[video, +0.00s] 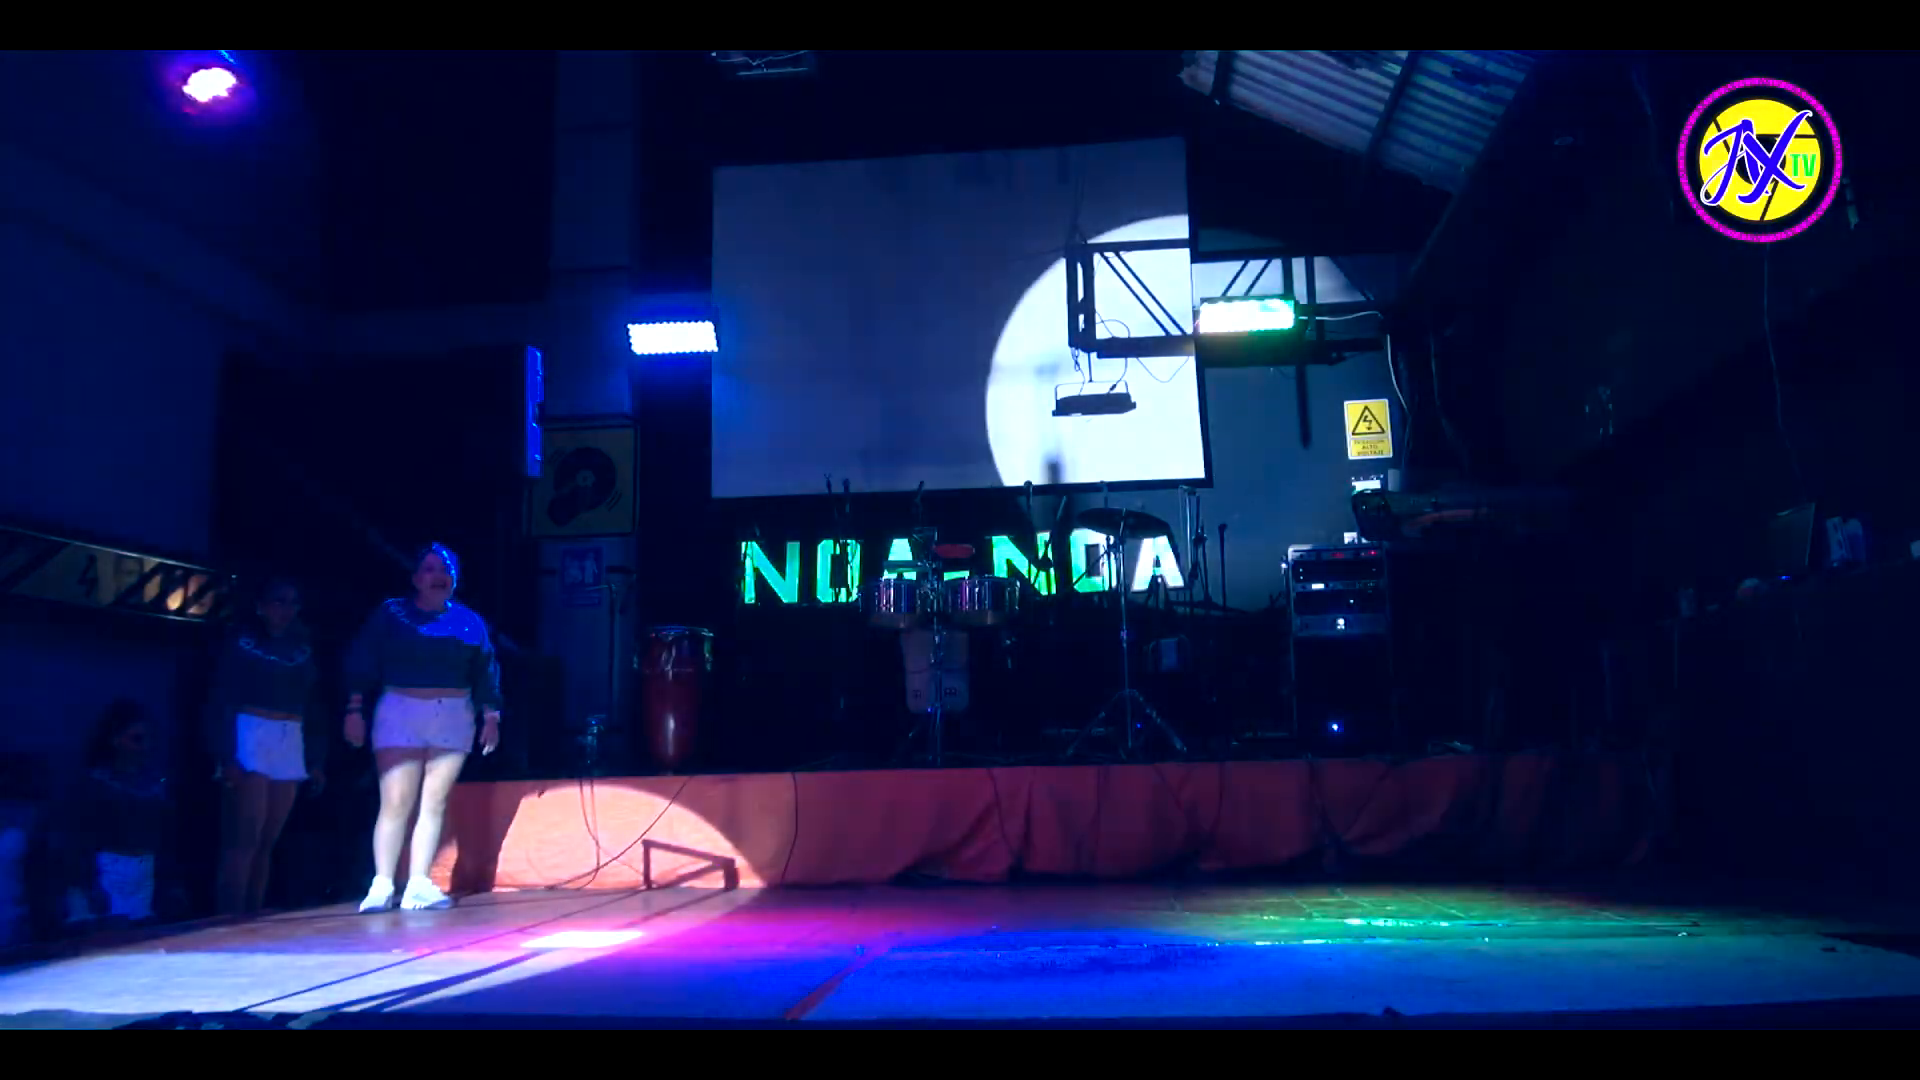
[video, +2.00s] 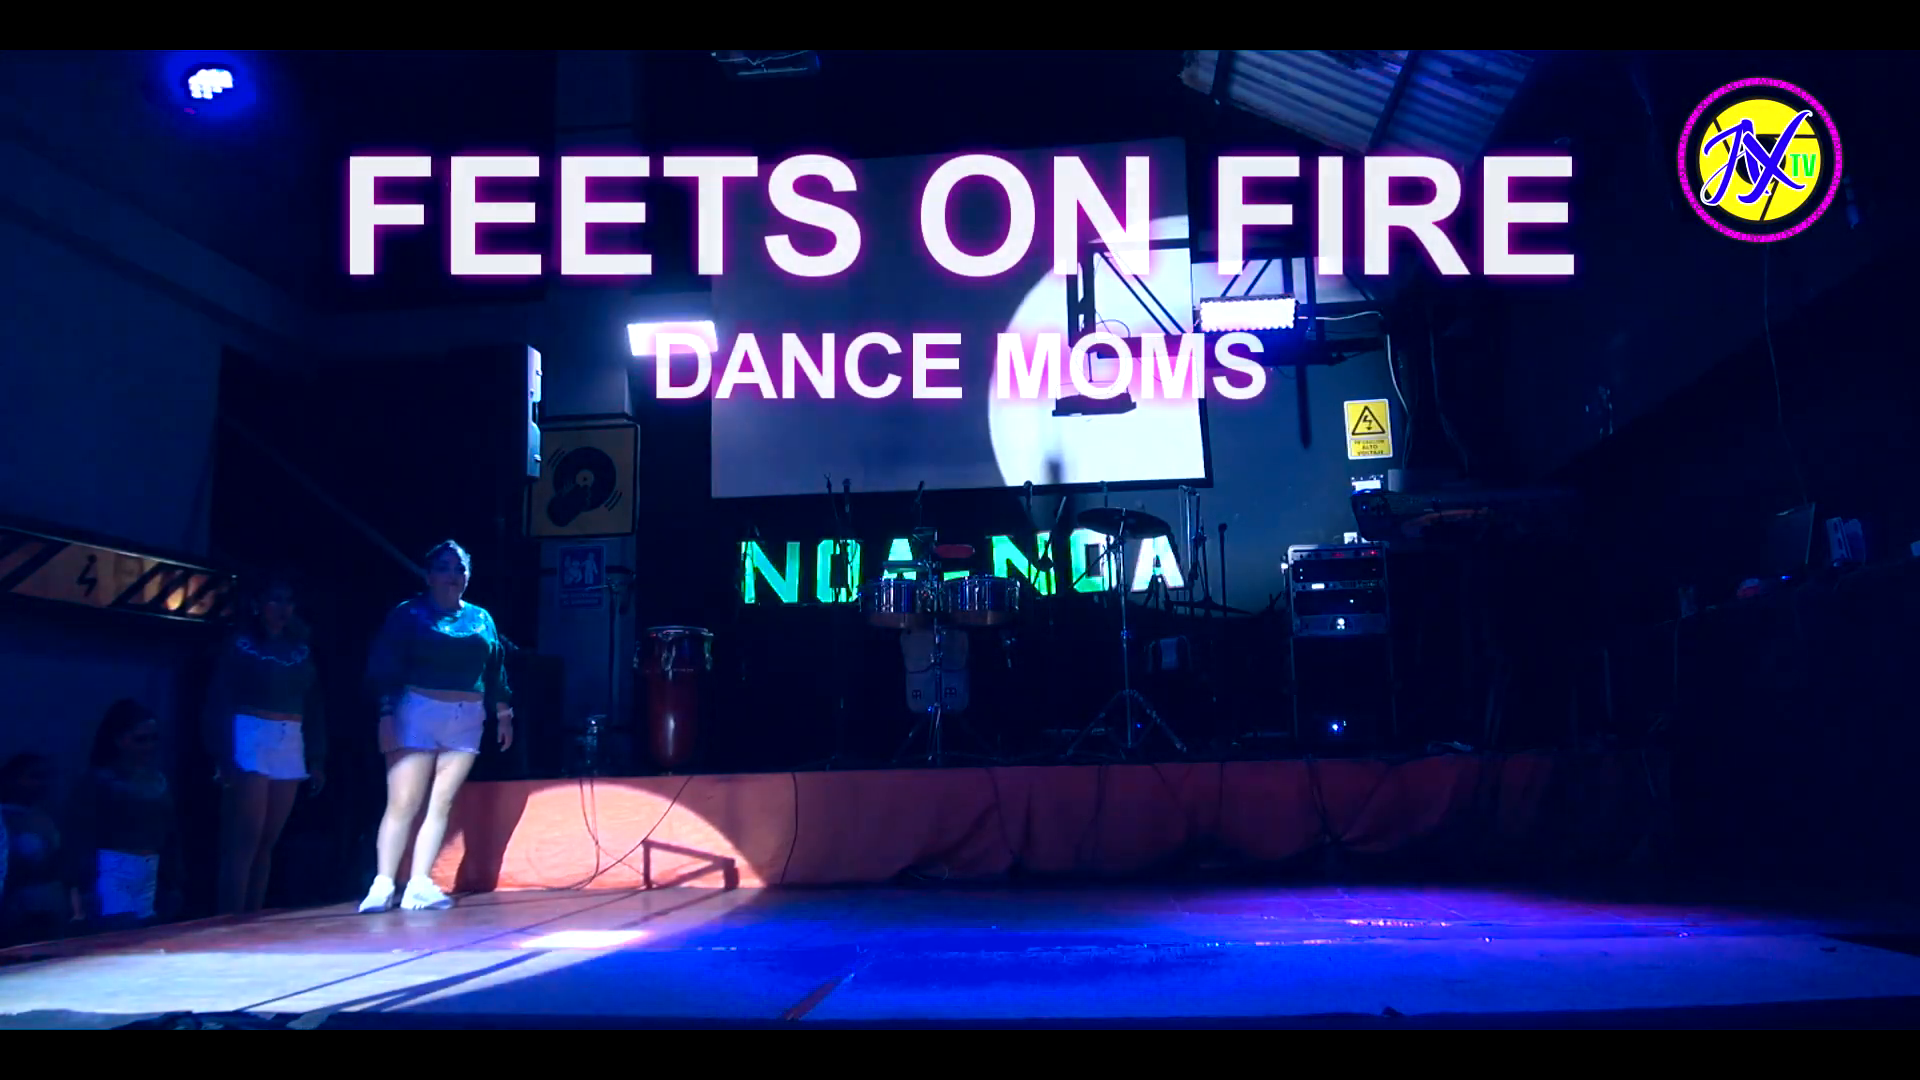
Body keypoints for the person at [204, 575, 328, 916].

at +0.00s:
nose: (284, 611)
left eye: (290, 604)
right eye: (278, 602)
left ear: (298, 609)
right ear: (262, 604)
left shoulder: (302, 649)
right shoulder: (243, 641)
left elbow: (312, 706)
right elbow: (225, 697)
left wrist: (315, 759)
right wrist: (225, 753)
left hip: (291, 730)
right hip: (254, 726)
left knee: (272, 832)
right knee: (250, 827)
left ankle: (255, 908)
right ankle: (233, 908)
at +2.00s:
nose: (282, 610)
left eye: (288, 603)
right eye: (275, 602)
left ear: (294, 608)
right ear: (259, 605)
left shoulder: (300, 649)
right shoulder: (242, 642)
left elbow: (312, 707)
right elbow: (222, 698)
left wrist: (315, 758)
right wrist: (223, 753)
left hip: (292, 733)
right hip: (252, 729)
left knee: (271, 836)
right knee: (249, 831)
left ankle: (254, 915)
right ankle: (232, 913)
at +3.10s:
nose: (292, 609)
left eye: (296, 603)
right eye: (284, 602)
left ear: (302, 609)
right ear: (264, 607)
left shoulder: (308, 652)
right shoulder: (248, 647)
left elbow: (320, 710)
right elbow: (229, 701)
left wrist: (323, 761)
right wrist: (229, 753)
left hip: (299, 736)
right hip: (258, 734)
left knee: (286, 837)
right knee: (272, 831)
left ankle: (260, 918)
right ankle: (239, 914)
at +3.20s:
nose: (295, 610)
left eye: (299, 603)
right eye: (288, 602)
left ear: (304, 609)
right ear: (269, 606)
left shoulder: (310, 652)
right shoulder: (249, 647)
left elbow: (322, 708)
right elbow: (228, 699)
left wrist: (324, 760)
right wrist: (227, 750)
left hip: (300, 736)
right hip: (258, 733)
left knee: (293, 822)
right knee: (288, 813)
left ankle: (263, 906)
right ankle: (244, 894)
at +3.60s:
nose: (312, 608)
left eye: (316, 602)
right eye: (304, 600)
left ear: (320, 609)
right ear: (284, 605)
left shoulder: (325, 653)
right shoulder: (260, 647)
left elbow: (338, 710)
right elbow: (239, 704)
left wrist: (343, 759)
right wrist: (236, 763)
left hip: (313, 738)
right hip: (269, 733)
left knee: (284, 841)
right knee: (326, 788)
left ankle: (254, 918)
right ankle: (309, 884)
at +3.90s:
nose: (338, 590)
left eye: (343, 584)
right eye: (330, 584)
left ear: (349, 592)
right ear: (312, 590)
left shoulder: (357, 641)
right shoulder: (288, 633)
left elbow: (369, 698)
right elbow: (262, 690)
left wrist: (375, 746)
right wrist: (255, 746)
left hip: (334, 729)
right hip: (290, 720)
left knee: (303, 827)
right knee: (334, 797)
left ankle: (266, 911)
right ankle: (315, 887)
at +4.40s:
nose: (397, 550)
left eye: (400, 544)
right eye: (388, 543)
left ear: (403, 554)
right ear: (366, 551)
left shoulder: (401, 598)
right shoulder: (349, 592)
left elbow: (403, 655)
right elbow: (325, 648)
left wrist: (401, 699)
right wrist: (343, 694)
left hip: (387, 689)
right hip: (344, 686)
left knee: (416, 773)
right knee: (328, 789)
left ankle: (384, 873)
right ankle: (315, 885)